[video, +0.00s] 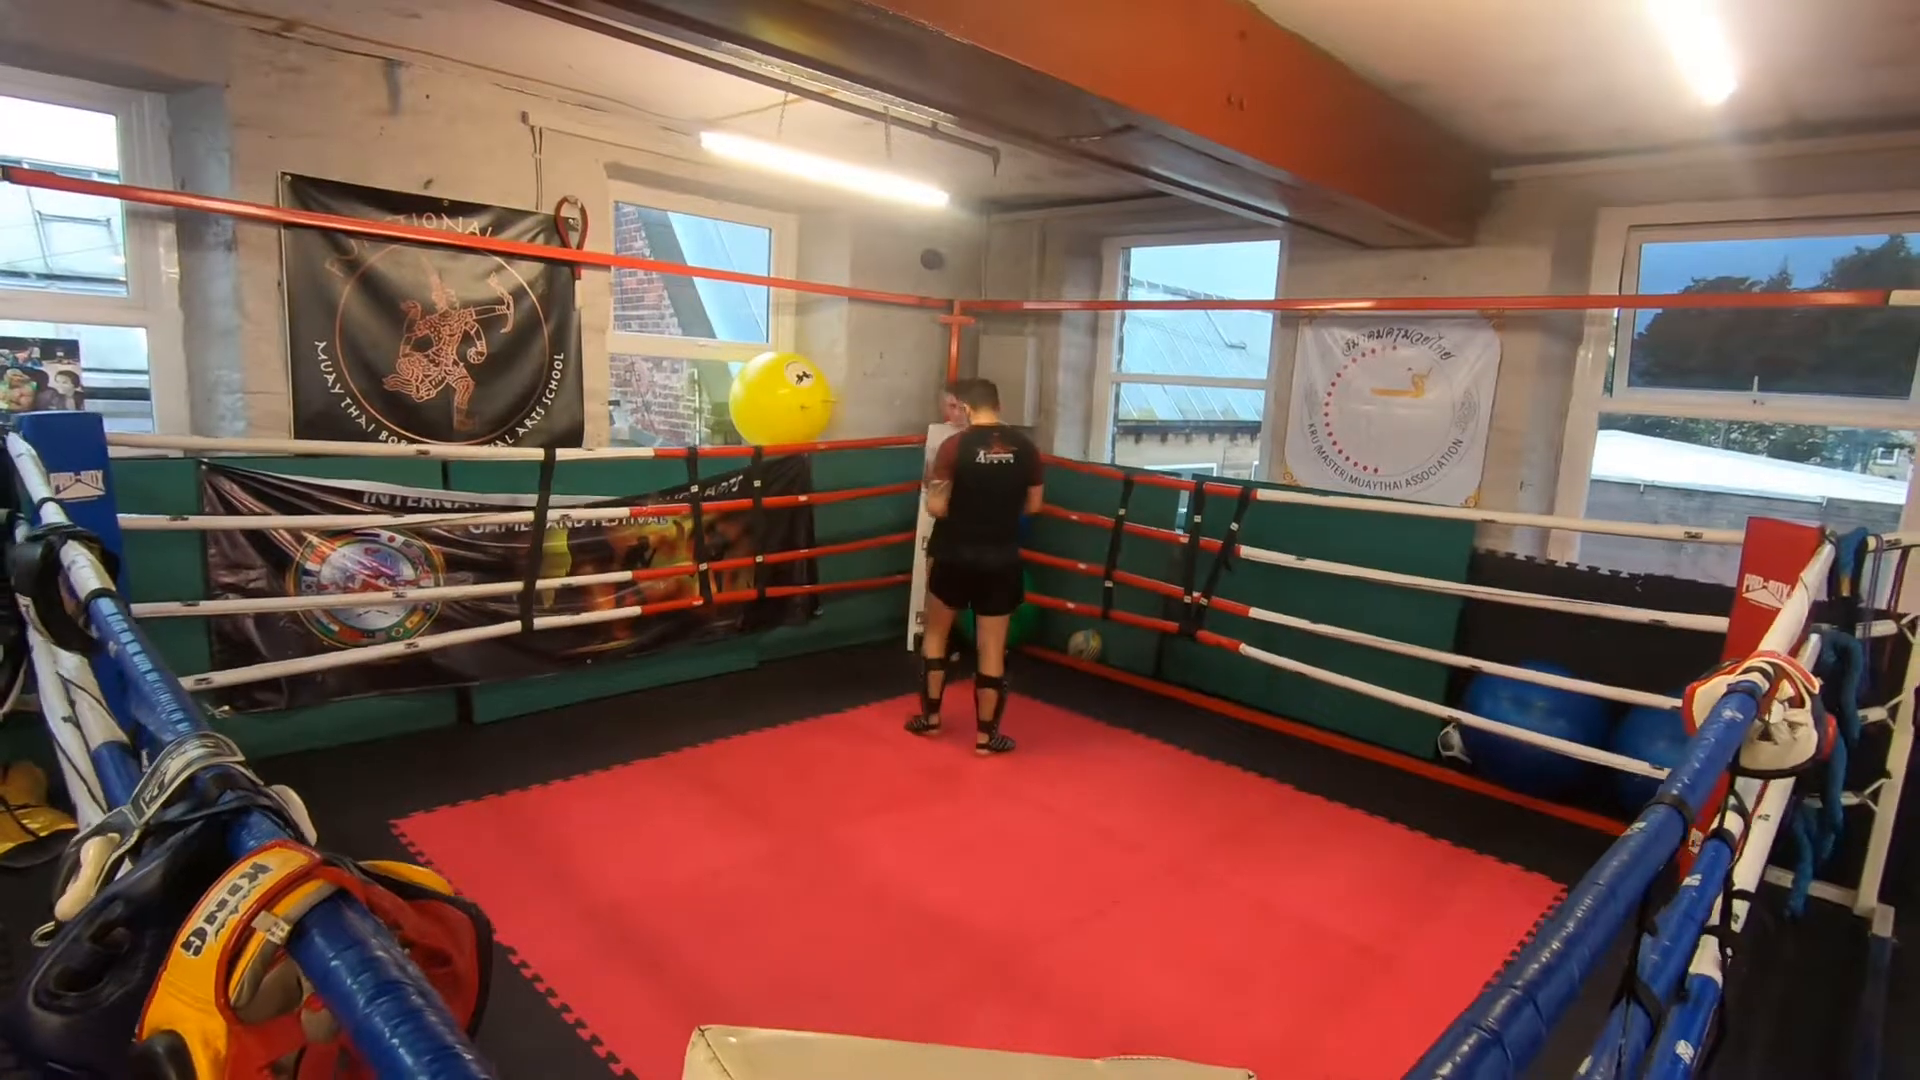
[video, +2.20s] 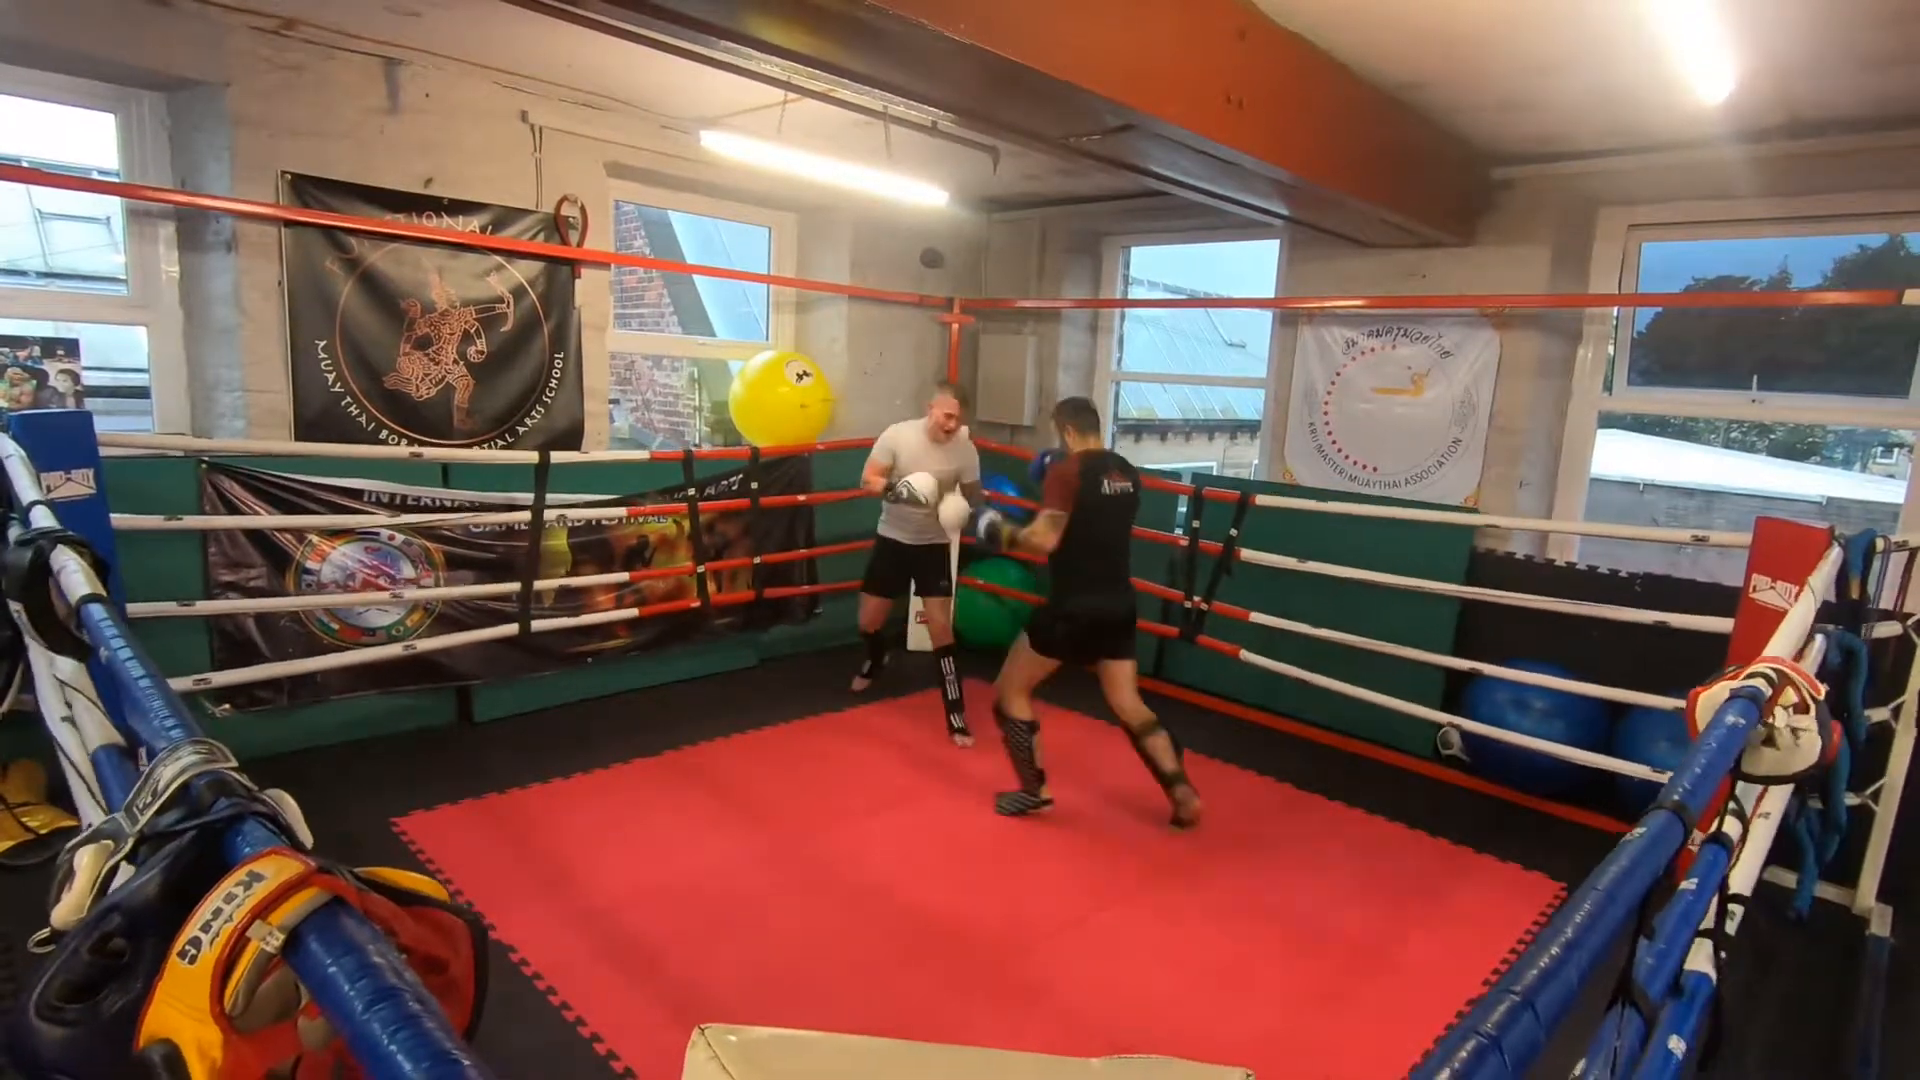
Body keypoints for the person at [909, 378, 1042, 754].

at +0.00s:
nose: (955, 415)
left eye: (956, 409)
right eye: (956, 408)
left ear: (965, 409)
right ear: (997, 407)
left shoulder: (954, 445)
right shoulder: (1025, 446)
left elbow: (937, 505)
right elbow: (1034, 503)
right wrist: (1000, 502)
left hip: (954, 562)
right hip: (1000, 565)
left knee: (937, 632)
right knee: (992, 647)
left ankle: (931, 716)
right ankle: (986, 735)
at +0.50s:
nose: (980, 414)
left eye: (961, 408)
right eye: (987, 407)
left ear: (953, 408)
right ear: (990, 408)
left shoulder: (931, 444)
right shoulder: (1010, 445)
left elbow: (917, 494)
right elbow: (1023, 502)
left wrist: (946, 467)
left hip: (942, 562)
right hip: (990, 564)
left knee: (937, 646)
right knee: (1002, 655)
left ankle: (929, 730)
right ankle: (1002, 742)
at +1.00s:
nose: (1042, 425)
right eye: (1042, 421)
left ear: (1003, 415)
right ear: (1040, 421)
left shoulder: (981, 443)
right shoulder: (1055, 456)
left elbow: (965, 466)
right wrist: (1036, 432)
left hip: (976, 564)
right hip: (1020, 570)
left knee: (969, 648)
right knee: (1014, 665)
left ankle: (962, 728)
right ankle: (1006, 755)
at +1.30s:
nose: (1069, 438)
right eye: (1071, 432)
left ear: (1035, 425)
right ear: (1071, 434)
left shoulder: (1003, 457)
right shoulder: (1079, 476)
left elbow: (978, 496)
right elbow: (1070, 509)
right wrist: (1054, 459)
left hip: (993, 580)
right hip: (1040, 589)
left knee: (977, 655)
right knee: (1060, 684)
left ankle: (965, 730)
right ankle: (1055, 768)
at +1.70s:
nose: (1071, 423)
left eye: (1071, 417)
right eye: (1080, 419)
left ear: (1073, 417)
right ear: (1109, 420)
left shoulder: (1047, 454)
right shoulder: (1126, 469)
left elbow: (998, 500)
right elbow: (1087, 498)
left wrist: (996, 463)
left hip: (1037, 587)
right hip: (1088, 595)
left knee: (1006, 663)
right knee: (1071, 684)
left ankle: (1009, 759)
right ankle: (1057, 779)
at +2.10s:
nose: (1058, 429)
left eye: (1058, 422)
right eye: (1060, 423)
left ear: (1066, 421)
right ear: (1099, 419)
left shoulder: (1056, 460)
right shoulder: (1129, 464)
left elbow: (1025, 528)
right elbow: (1103, 519)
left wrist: (1003, 511)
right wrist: (1038, 505)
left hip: (1062, 595)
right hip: (1109, 596)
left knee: (1047, 697)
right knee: (1102, 682)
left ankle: (1054, 801)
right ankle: (1118, 780)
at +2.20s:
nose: (1059, 441)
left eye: (1058, 436)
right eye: (1060, 436)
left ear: (1067, 432)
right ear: (1098, 430)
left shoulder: (1066, 470)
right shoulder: (1125, 472)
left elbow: (1042, 540)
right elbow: (1097, 521)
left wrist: (1000, 531)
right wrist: (1056, 478)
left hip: (1070, 607)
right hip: (1118, 607)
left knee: (1011, 688)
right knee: (1126, 700)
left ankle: (1032, 787)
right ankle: (1180, 791)